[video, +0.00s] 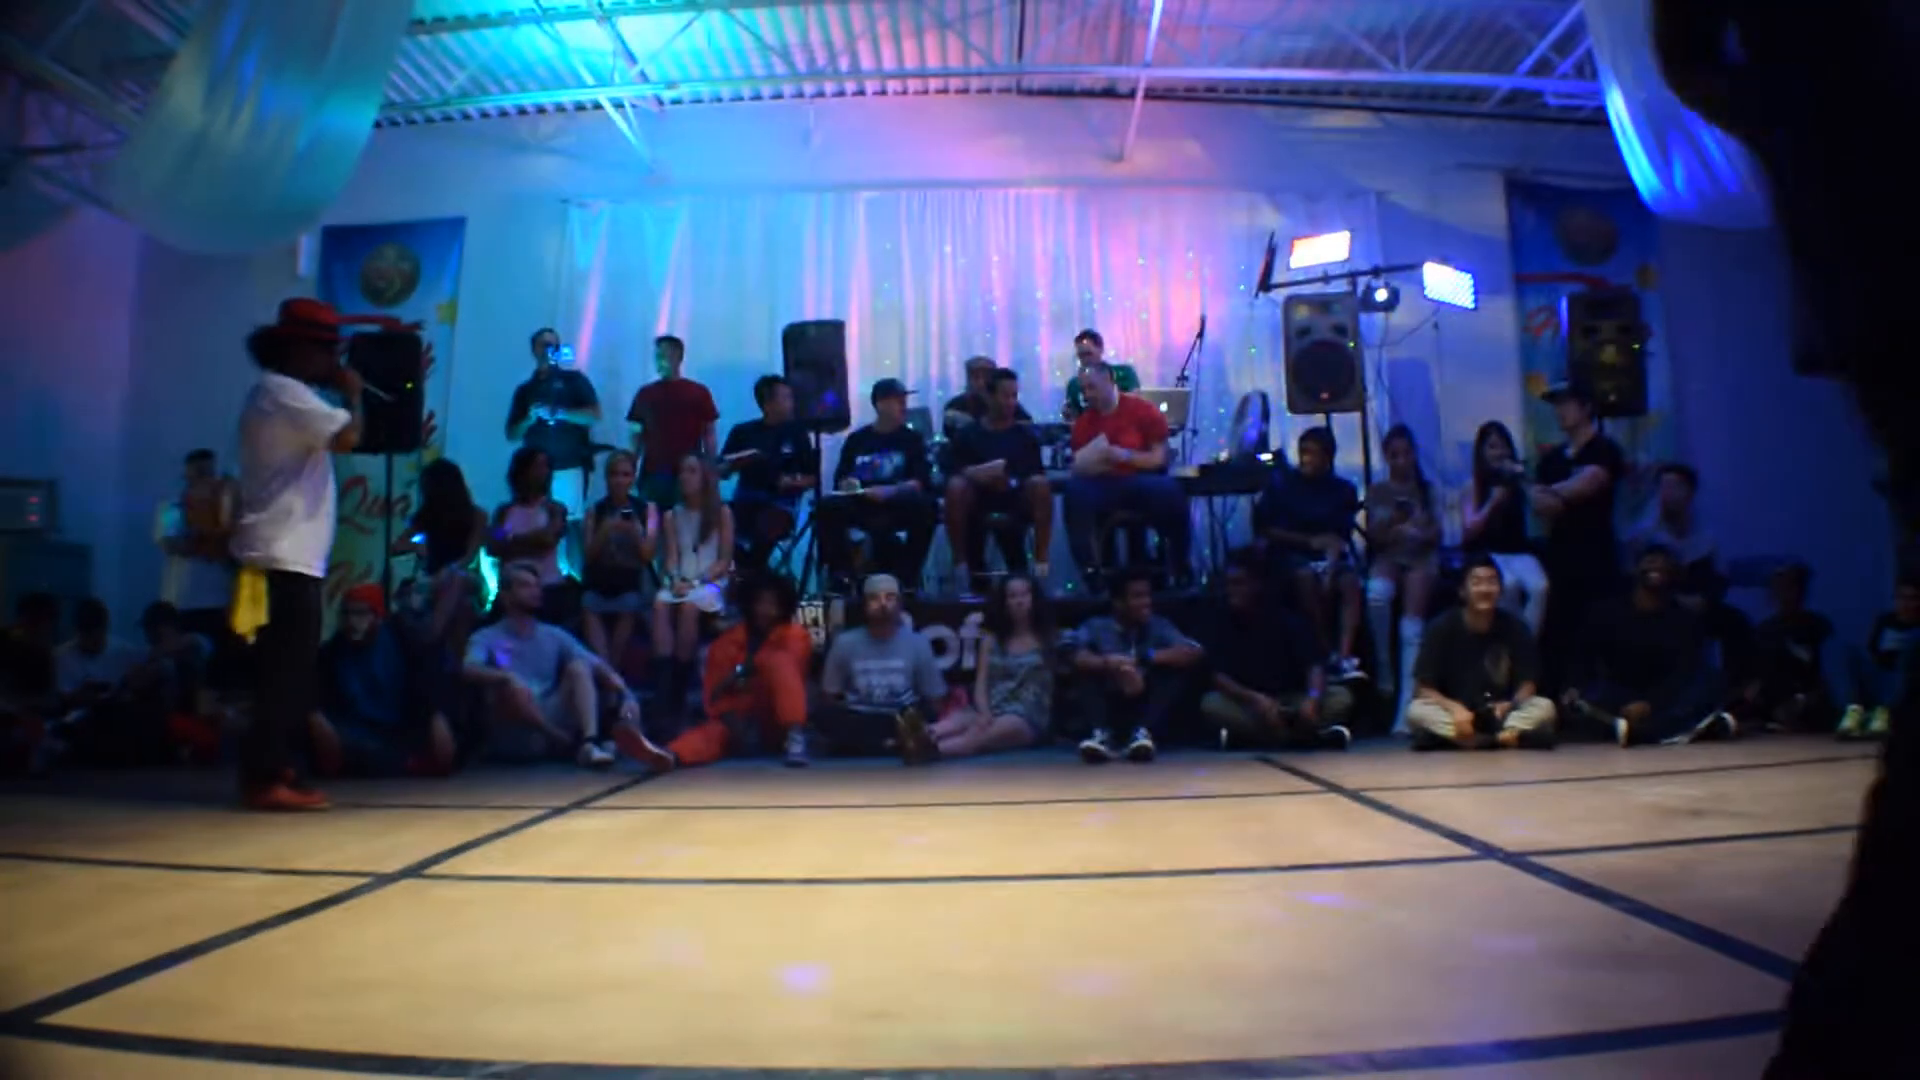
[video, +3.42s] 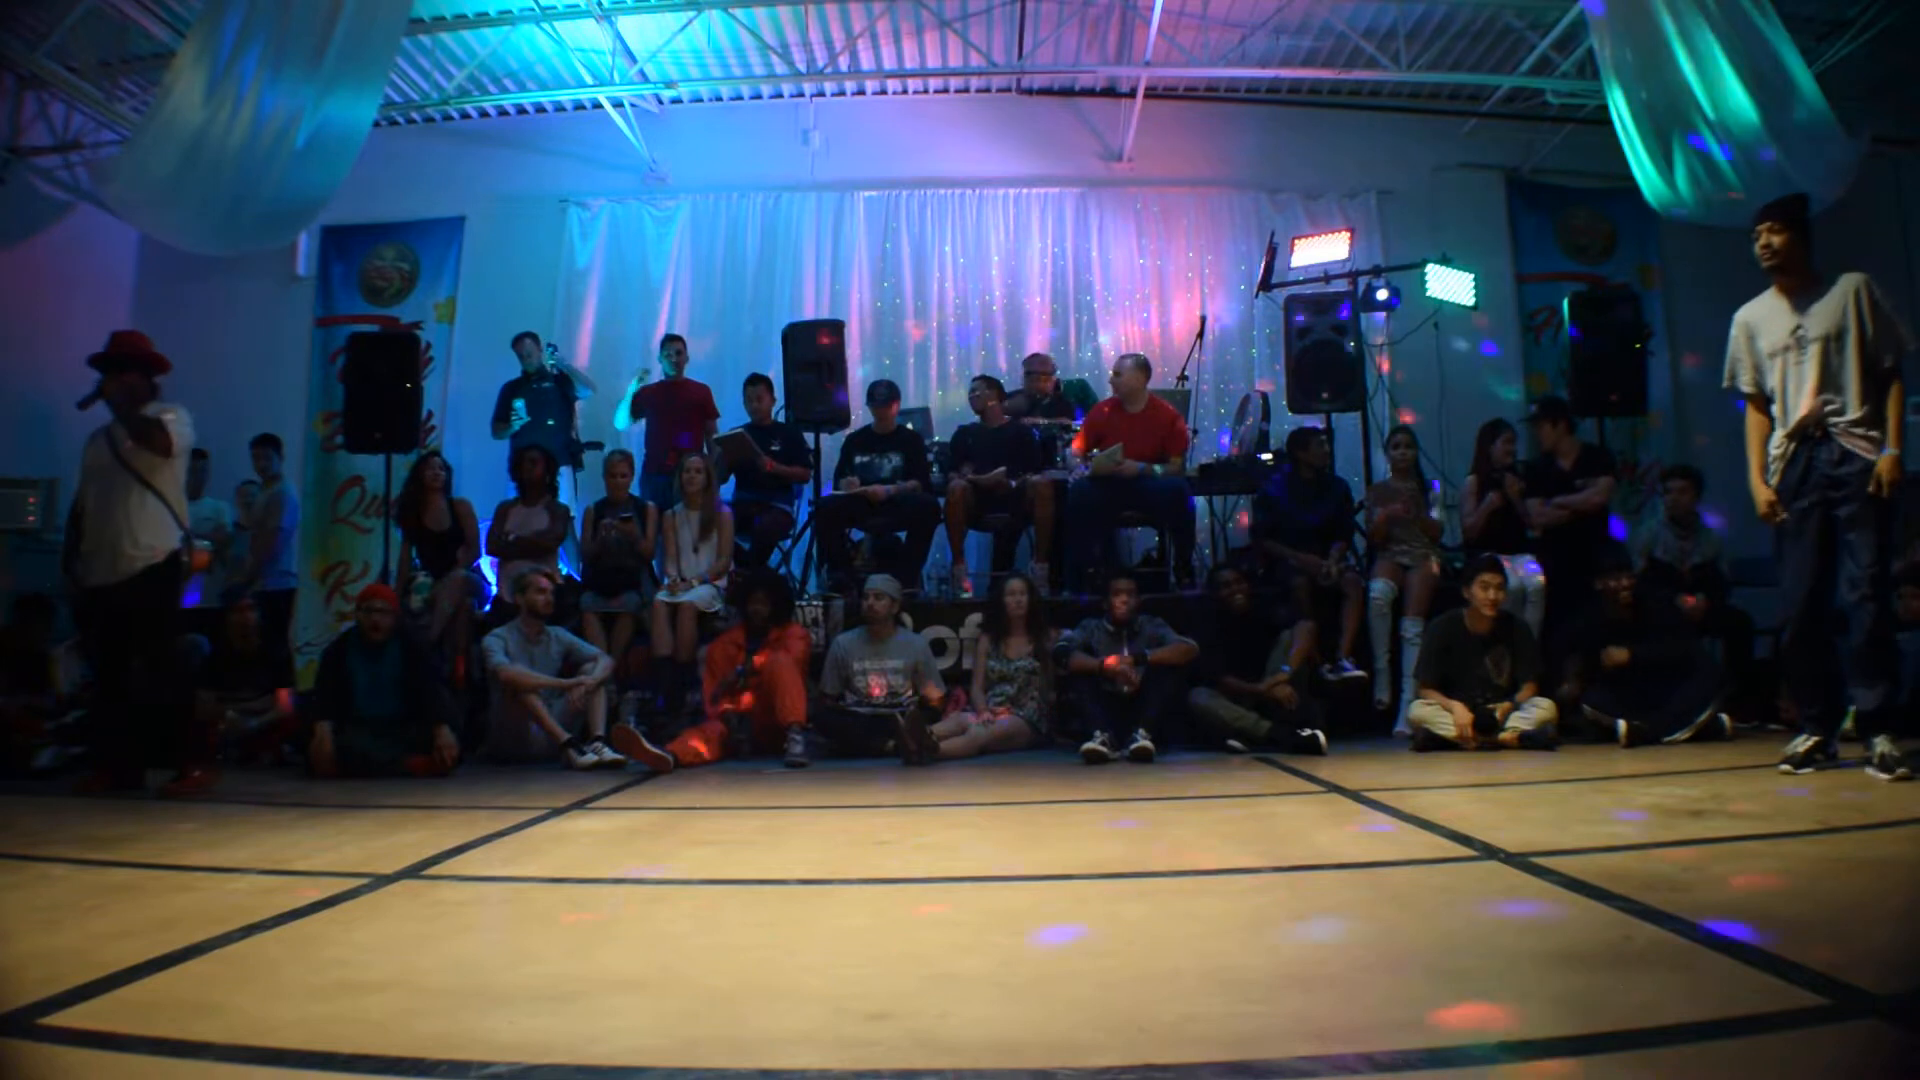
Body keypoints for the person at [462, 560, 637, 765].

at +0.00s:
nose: (536, 591)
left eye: (537, 585)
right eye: (527, 586)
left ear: (540, 590)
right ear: (507, 595)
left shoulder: (552, 635)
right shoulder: (486, 638)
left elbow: (595, 664)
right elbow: (470, 669)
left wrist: (626, 695)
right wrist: (508, 679)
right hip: (510, 728)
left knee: (579, 668)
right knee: (510, 687)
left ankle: (590, 742)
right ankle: (564, 741)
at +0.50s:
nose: (531, 596)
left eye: (536, 589)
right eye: (522, 590)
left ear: (541, 594)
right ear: (506, 597)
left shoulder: (556, 637)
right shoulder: (489, 639)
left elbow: (596, 665)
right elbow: (475, 667)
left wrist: (631, 700)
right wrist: (523, 678)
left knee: (584, 670)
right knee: (509, 683)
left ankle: (596, 742)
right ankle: (557, 738)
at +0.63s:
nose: (531, 595)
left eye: (536, 589)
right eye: (523, 589)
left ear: (541, 594)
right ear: (507, 596)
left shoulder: (555, 635)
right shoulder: (489, 639)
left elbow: (597, 661)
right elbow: (479, 668)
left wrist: (631, 692)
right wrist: (537, 675)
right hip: (513, 735)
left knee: (582, 668)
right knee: (510, 677)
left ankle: (595, 741)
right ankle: (563, 741)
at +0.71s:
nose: (532, 595)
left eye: (536, 589)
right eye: (523, 589)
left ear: (542, 594)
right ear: (507, 596)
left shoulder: (555, 635)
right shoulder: (490, 639)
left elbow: (601, 660)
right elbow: (483, 668)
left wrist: (629, 689)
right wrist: (554, 676)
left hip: (557, 731)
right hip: (513, 736)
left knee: (582, 667)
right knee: (517, 683)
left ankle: (593, 740)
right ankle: (566, 746)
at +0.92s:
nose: (538, 599)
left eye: (543, 592)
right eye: (530, 593)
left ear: (549, 596)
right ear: (515, 598)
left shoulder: (559, 634)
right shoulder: (497, 638)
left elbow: (605, 660)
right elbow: (508, 670)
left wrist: (609, 689)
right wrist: (571, 679)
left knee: (585, 668)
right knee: (521, 682)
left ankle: (594, 742)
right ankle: (568, 746)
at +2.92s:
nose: (548, 601)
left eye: (550, 595)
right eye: (539, 594)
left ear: (553, 597)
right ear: (519, 598)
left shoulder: (557, 635)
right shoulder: (497, 639)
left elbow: (605, 660)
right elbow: (506, 674)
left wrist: (589, 684)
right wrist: (567, 684)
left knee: (594, 671)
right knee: (519, 683)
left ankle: (598, 742)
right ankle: (567, 747)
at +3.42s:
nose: (549, 599)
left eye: (551, 593)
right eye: (541, 592)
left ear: (554, 596)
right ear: (520, 599)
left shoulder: (558, 635)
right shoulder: (497, 639)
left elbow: (606, 661)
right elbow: (505, 674)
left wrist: (589, 683)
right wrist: (565, 684)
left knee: (592, 673)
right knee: (520, 682)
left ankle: (597, 742)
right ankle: (568, 745)